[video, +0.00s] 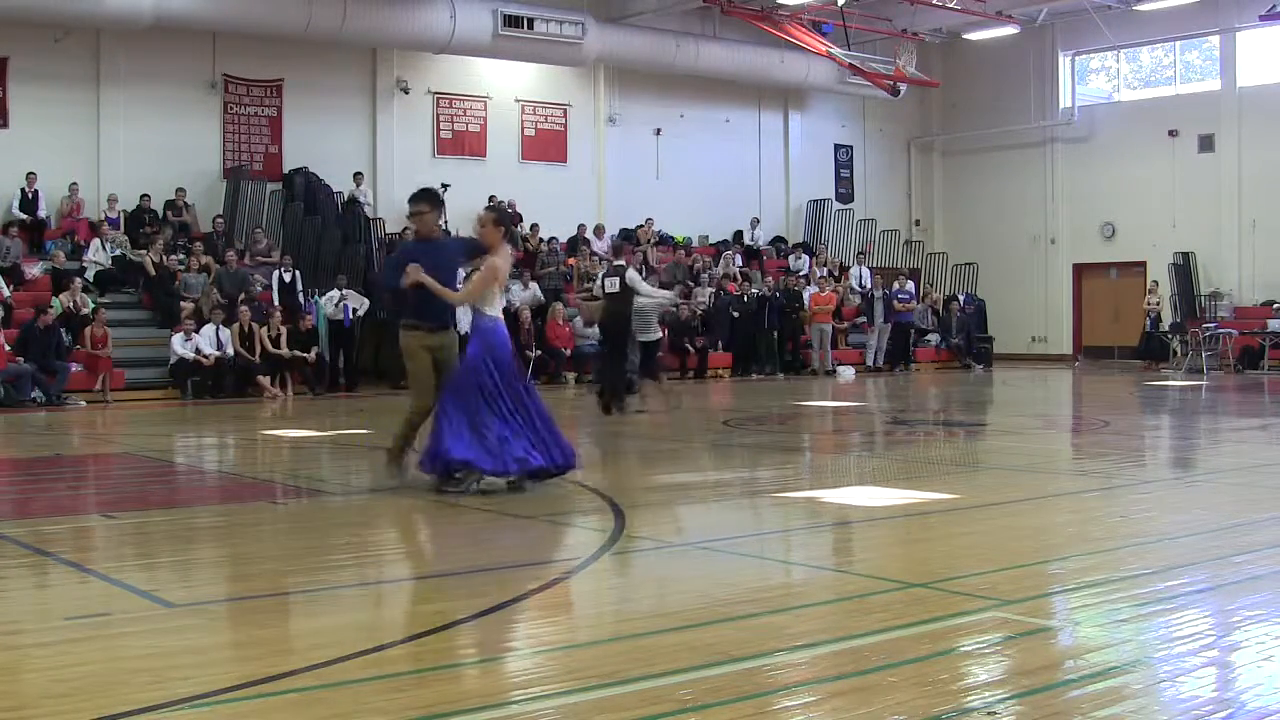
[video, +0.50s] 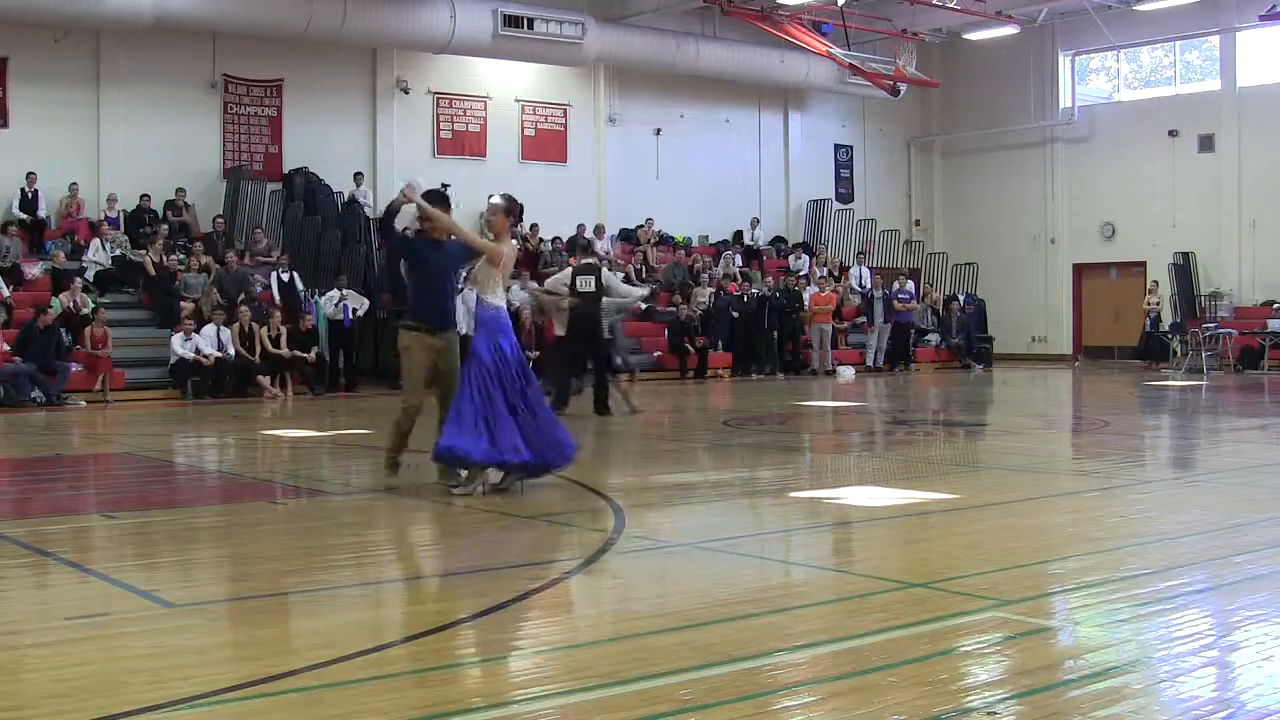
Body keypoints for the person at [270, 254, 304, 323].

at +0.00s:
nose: (287, 262)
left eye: (289, 260)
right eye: (285, 260)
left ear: (292, 262)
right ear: (281, 261)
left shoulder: (296, 273)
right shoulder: (276, 273)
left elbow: (299, 289)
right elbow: (275, 289)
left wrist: (301, 303)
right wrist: (276, 304)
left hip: (294, 304)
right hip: (282, 303)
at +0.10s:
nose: (286, 261)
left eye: (288, 259)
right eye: (284, 259)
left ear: (291, 261)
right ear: (281, 261)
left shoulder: (296, 273)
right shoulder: (276, 273)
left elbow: (299, 288)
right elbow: (275, 289)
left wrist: (301, 303)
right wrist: (276, 304)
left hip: (294, 304)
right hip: (282, 304)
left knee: (295, 326)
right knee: (283, 326)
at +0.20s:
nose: (286, 261)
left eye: (287, 259)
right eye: (284, 259)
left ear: (290, 261)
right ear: (281, 261)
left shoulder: (295, 273)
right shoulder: (275, 273)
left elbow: (300, 286)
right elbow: (275, 288)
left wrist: (303, 300)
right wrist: (277, 302)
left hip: (295, 302)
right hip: (283, 303)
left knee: (295, 324)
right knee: (284, 324)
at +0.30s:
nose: (284, 262)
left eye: (286, 260)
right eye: (282, 260)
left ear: (289, 261)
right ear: (279, 261)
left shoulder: (295, 273)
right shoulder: (275, 274)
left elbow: (300, 284)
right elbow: (275, 287)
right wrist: (278, 299)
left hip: (295, 301)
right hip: (283, 301)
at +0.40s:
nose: (283, 262)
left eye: (285, 260)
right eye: (281, 260)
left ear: (289, 261)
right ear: (279, 261)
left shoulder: (294, 273)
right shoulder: (275, 274)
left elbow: (299, 283)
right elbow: (274, 287)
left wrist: (304, 291)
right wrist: (278, 299)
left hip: (295, 299)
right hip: (283, 299)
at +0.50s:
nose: (283, 262)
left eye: (285, 260)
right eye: (282, 260)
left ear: (288, 261)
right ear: (279, 262)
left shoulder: (294, 274)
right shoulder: (274, 274)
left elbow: (300, 287)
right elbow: (274, 288)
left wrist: (303, 299)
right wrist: (277, 300)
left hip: (294, 302)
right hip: (283, 303)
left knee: (295, 323)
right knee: (284, 323)